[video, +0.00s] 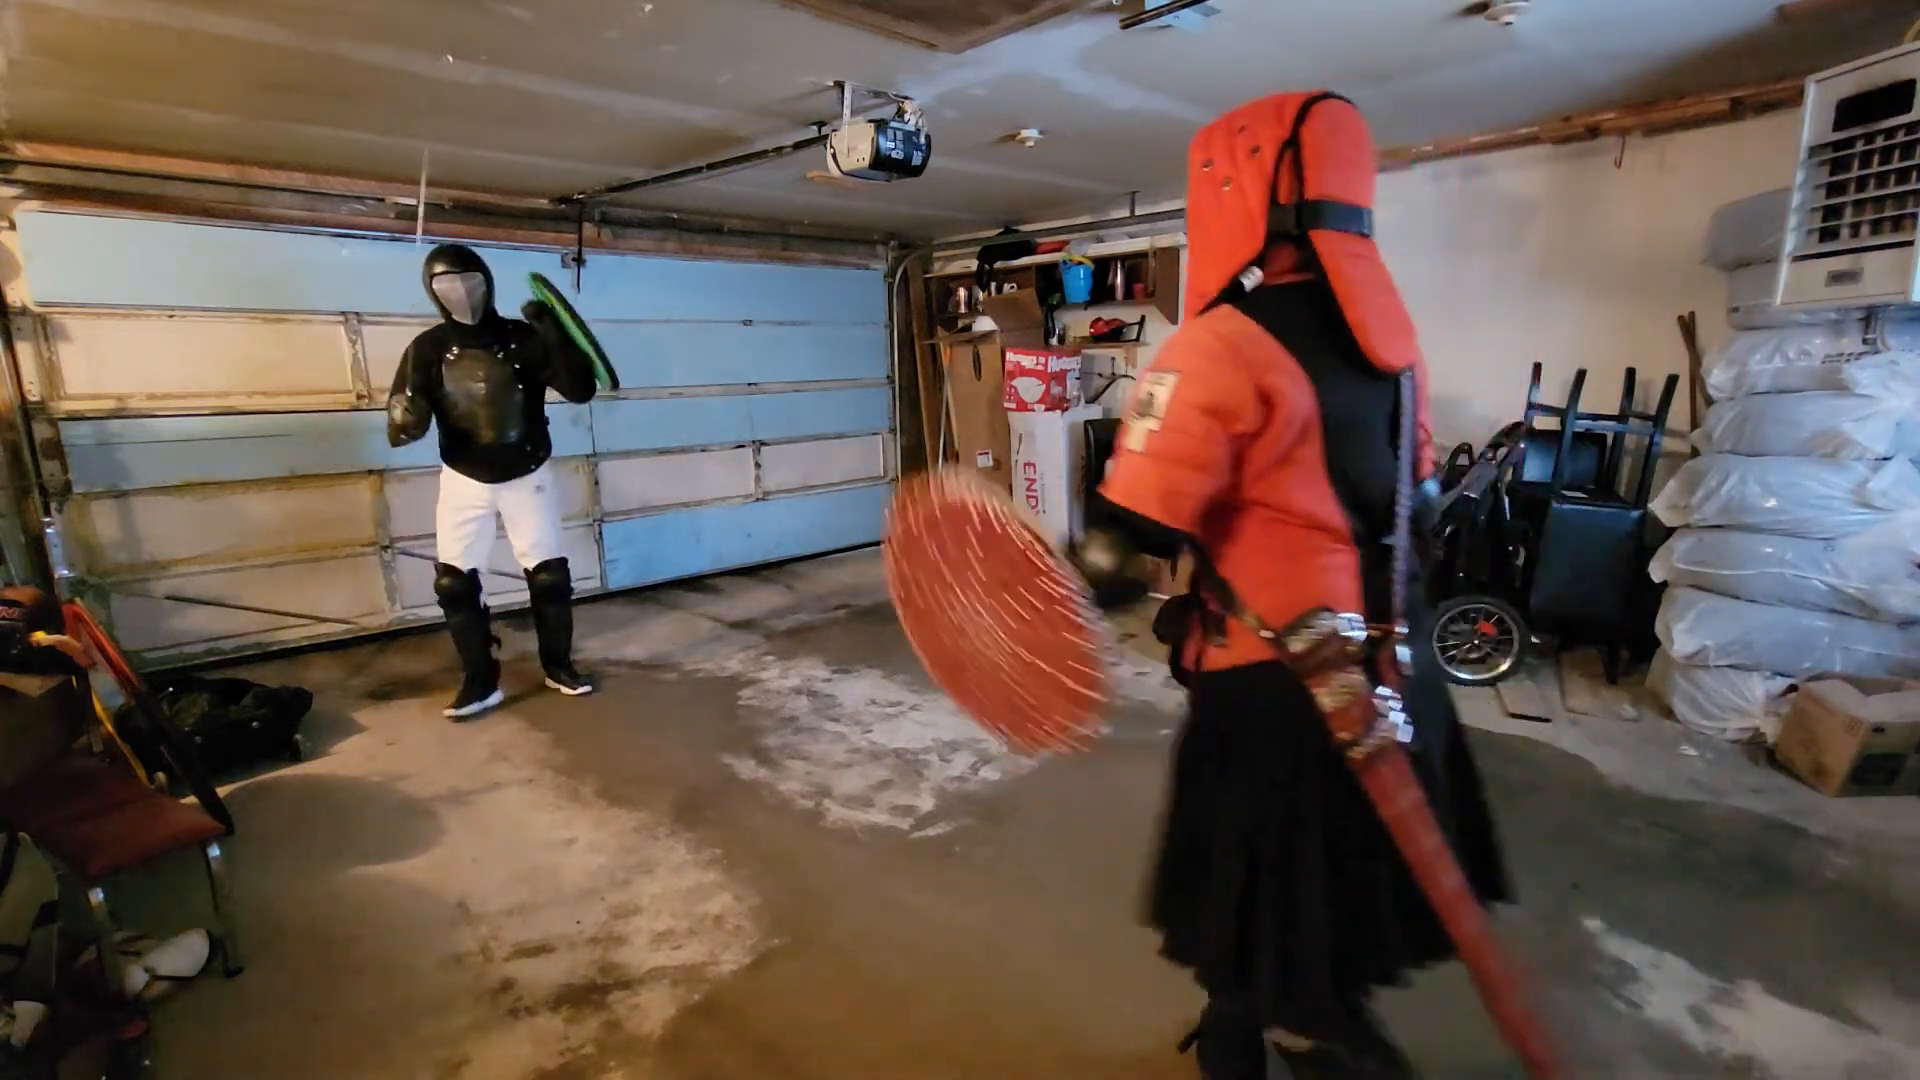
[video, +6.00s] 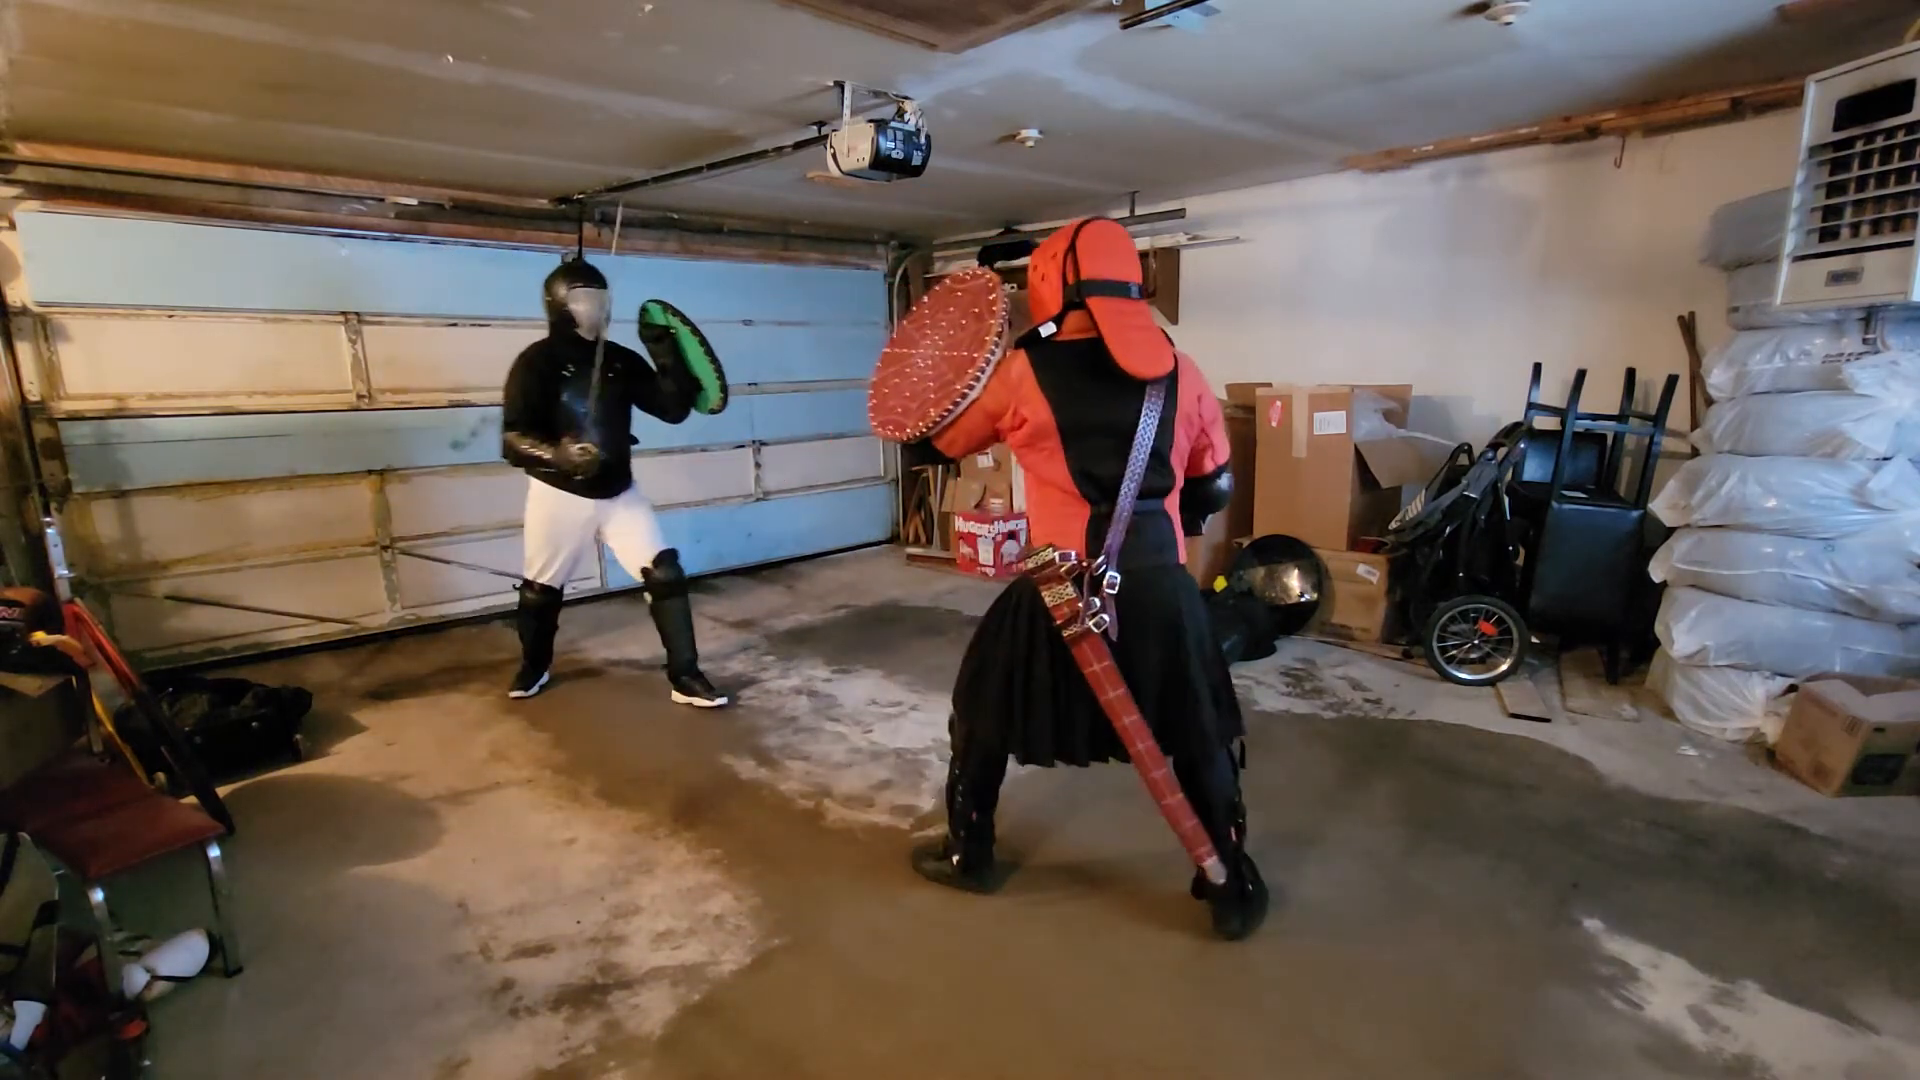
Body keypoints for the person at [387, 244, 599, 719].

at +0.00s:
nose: (457, 292)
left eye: (465, 281)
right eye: (445, 284)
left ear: (483, 282)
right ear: (434, 291)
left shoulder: (525, 337)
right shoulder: (427, 349)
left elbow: (581, 389)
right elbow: (401, 431)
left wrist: (555, 334)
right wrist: (405, 417)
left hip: (527, 476)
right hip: (463, 479)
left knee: (549, 575)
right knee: (453, 583)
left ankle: (558, 666)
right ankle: (480, 681)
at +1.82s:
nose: (449, 288)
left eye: (456, 276)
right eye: (435, 277)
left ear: (470, 281)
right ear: (413, 286)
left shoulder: (503, 344)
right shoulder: (396, 354)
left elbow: (567, 384)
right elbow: (351, 424)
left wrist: (537, 324)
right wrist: (371, 484)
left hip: (504, 498)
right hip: (434, 503)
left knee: (545, 583)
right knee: (447, 603)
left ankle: (554, 678)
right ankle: (480, 681)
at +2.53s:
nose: (499, 290)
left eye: (504, 282)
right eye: (486, 282)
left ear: (511, 289)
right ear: (458, 292)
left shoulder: (531, 349)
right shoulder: (428, 352)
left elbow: (593, 395)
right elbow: (384, 428)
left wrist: (573, 334)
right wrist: (428, 464)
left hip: (528, 498)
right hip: (460, 502)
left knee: (564, 590)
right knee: (459, 606)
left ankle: (572, 700)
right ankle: (480, 685)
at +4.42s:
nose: (563, 302)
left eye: (561, 294)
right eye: (551, 294)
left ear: (558, 302)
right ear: (525, 302)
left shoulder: (580, 358)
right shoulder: (491, 359)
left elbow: (633, 397)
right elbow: (457, 427)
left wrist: (610, 340)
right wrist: (482, 486)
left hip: (572, 493)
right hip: (508, 493)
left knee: (622, 571)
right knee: (480, 589)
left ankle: (642, 662)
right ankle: (471, 674)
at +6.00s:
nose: (601, 306)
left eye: (603, 297)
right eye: (591, 297)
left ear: (604, 301)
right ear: (563, 302)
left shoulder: (622, 362)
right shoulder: (535, 362)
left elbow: (674, 410)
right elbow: (513, 442)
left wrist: (669, 358)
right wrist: (554, 456)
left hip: (619, 494)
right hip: (556, 496)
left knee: (665, 573)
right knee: (539, 592)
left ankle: (685, 675)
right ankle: (534, 666)